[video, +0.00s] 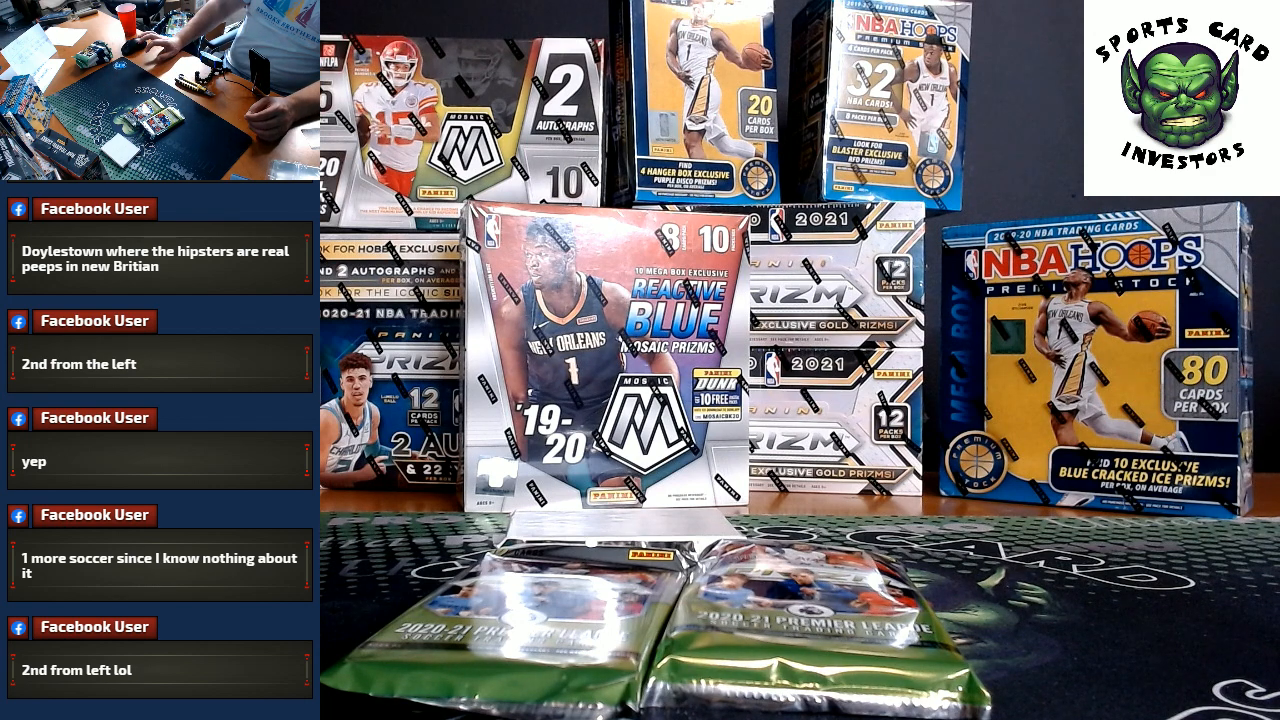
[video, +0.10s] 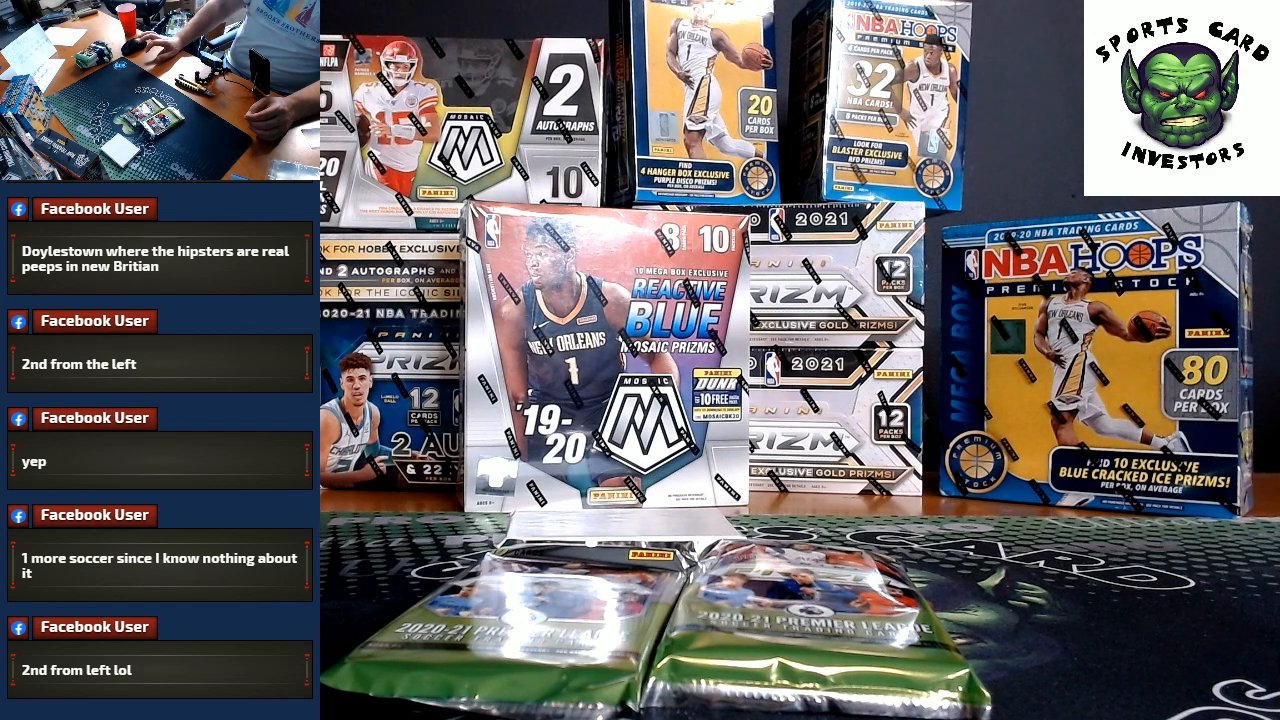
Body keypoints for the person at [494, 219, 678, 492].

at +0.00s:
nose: (532, 263)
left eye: (542, 254)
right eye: (529, 255)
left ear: (569, 256)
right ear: (524, 258)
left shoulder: (611, 299)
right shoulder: (513, 313)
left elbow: (658, 357)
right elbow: (518, 399)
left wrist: (662, 413)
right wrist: (524, 460)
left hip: (610, 423)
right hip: (549, 427)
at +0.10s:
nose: (533, 263)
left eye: (543, 254)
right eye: (529, 255)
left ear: (570, 256)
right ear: (525, 258)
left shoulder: (612, 299)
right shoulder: (513, 313)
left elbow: (657, 356)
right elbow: (518, 399)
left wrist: (663, 412)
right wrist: (524, 461)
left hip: (611, 420)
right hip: (550, 425)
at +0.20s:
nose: (532, 263)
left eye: (542, 254)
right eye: (529, 255)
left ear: (570, 255)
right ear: (524, 258)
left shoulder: (611, 299)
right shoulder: (513, 312)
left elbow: (658, 357)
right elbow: (518, 399)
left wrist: (663, 415)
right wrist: (523, 461)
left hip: (610, 421)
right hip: (549, 426)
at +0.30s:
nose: (532, 263)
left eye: (542, 254)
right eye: (529, 255)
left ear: (570, 255)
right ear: (524, 258)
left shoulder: (611, 299)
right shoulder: (513, 312)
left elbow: (658, 357)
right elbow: (518, 399)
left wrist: (663, 415)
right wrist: (523, 461)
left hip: (610, 421)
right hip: (549, 426)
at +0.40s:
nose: (532, 263)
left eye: (542, 254)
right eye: (529, 255)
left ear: (570, 255)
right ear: (524, 258)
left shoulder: (611, 299)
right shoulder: (513, 312)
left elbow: (658, 357)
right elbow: (518, 399)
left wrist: (663, 415)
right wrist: (523, 461)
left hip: (610, 422)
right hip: (549, 426)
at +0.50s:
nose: (532, 263)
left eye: (542, 254)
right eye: (529, 255)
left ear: (570, 255)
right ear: (525, 259)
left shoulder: (611, 299)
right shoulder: (513, 313)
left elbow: (658, 357)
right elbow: (518, 398)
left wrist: (662, 413)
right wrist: (524, 460)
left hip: (610, 422)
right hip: (549, 427)